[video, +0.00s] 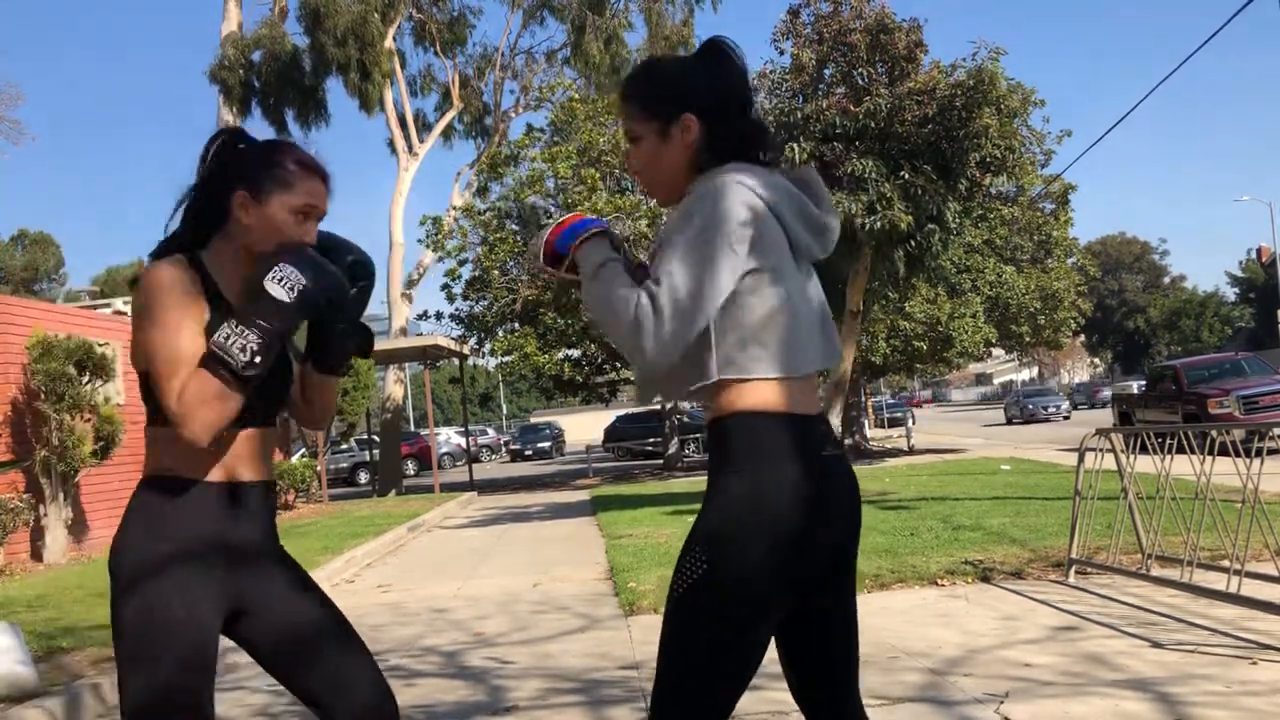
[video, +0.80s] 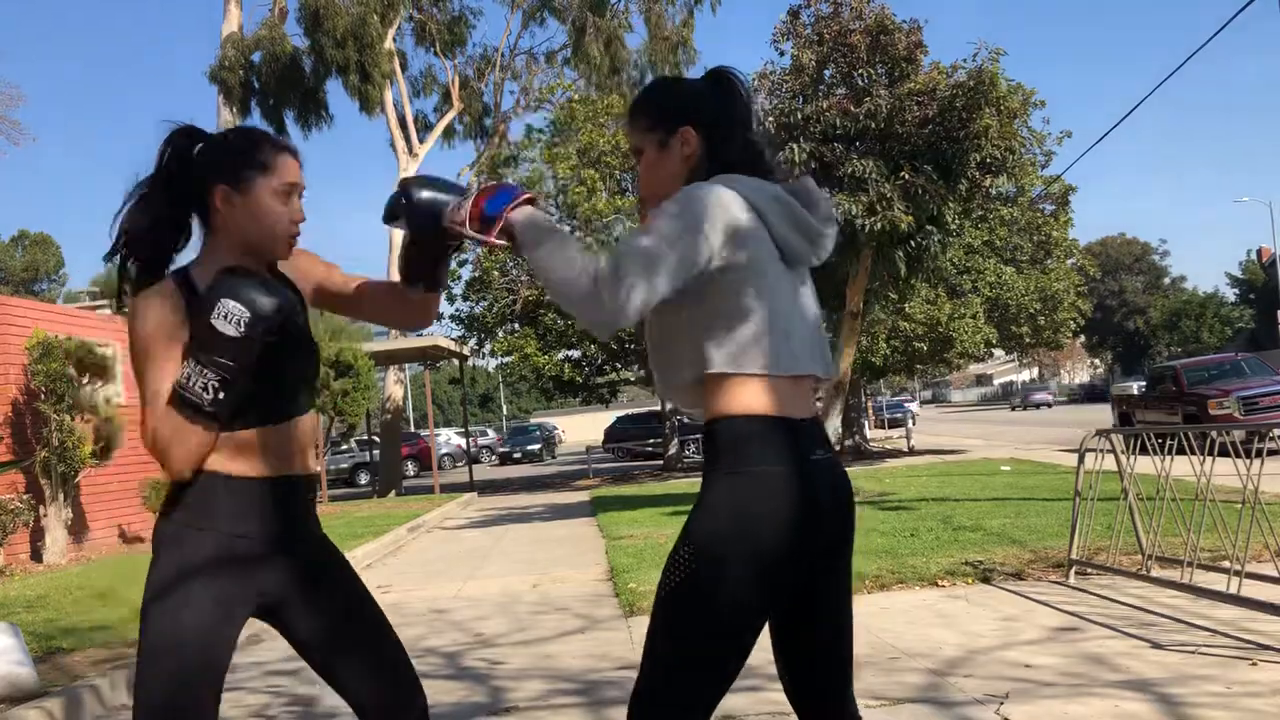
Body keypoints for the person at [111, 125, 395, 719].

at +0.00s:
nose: (312, 235)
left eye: (318, 220)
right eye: (303, 216)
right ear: (245, 206)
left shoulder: (270, 294)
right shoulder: (169, 280)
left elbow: (315, 415)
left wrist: (334, 321)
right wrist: (270, 312)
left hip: (256, 545)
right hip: (172, 546)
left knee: (369, 704)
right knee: (168, 711)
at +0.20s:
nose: (275, 237)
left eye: (280, 222)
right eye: (266, 215)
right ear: (204, 206)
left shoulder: (230, 307)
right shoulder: (121, 286)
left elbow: (280, 423)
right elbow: (150, 428)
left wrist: (331, 341)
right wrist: (203, 306)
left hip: (227, 552)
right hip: (134, 551)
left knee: (346, 709)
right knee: (122, 711)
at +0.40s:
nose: (253, 217)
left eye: (255, 201)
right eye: (241, 198)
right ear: (178, 195)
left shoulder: (250, 274)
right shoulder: (98, 287)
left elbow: (367, 332)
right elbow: (105, 428)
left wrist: (373, 247)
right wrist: (133, 306)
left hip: (249, 537)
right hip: (146, 539)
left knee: (347, 709)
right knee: (124, 710)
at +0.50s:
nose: (251, 214)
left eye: (252, 198)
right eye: (237, 196)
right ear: (174, 196)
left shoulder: (258, 267)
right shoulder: (100, 290)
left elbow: (383, 299)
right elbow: (118, 438)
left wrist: (407, 233)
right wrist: (139, 320)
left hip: (259, 534)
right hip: (153, 537)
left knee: (357, 707)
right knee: (120, 712)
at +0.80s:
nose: (301, 215)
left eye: (300, 196)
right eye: (288, 195)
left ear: (228, 202)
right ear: (225, 200)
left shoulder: (295, 269)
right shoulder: (163, 305)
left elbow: (413, 307)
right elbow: (175, 456)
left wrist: (429, 237)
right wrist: (216, 356)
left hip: (296, 535)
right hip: (207, 537)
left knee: (400, 704)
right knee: (171, 711)